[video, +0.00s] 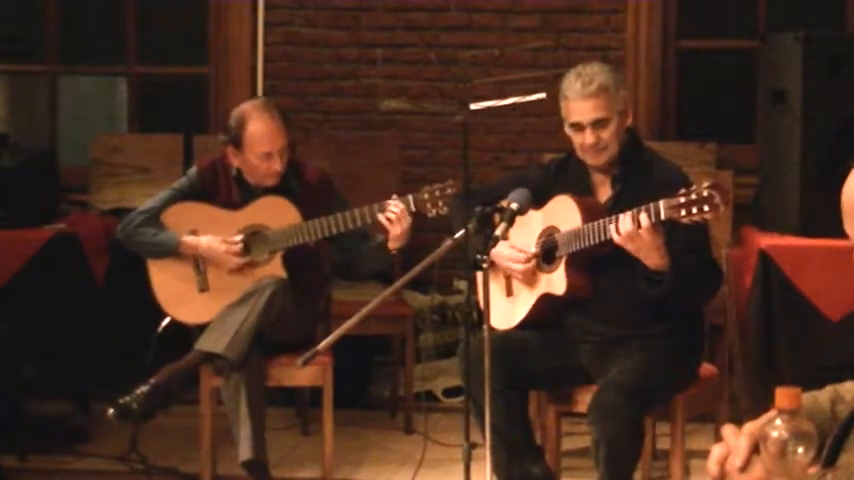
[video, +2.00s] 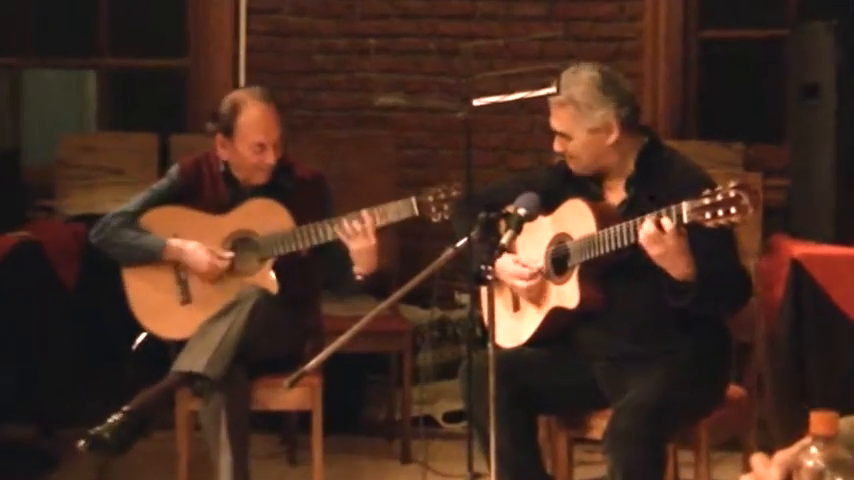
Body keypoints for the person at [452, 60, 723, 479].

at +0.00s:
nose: (590, 139)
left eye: (601, 125)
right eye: (577, 128)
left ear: (626, 116)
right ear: (564, 126)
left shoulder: (667, 184)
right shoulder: (557, 177)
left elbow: (703, 284)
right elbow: (469, 203)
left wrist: (661, 265)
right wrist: (489, 248)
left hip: (653, 343)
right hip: (574, 336)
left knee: (612, 406)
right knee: (485, 353)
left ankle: (614, 474)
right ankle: (523, 471)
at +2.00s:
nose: (557, 147)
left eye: (566, 136)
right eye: (556, 135)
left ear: (609, 131)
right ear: (606, 133)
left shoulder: (684, 186)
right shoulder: (565, 177)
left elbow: (732, 294)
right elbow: (469, 210)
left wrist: (687, 274)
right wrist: (493, 261)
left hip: (675, 357)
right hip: (589, 351)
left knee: (630, 430)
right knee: (488, 373)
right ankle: (525, 473)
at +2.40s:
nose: (609, 152)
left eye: (620, 134)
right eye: (595, 139)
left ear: (654, 115)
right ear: (583, 133)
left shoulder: (708, 186)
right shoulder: (577, 181)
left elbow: (751, 312)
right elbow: (474, 211)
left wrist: (700, 284)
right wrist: (497, 271)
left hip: (692, 375)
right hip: (597, 367)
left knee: (651, 445)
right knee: (494, 390)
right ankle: (522, 474)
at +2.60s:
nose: (627, 149)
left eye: (639, 129)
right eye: (610, 135)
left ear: (671, 114)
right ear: (595, 127)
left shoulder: (722, 187)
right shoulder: (586, 179)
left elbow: (764, 321)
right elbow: (477, 207)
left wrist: (711, 295)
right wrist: (499, 270)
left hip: (708, 380)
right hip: (609, 372)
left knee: (661, 454)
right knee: (501, 399)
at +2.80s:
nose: (635, 148)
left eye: (648, 129)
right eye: (618, 134)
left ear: (679, 116)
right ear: (600, 125)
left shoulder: (729, 191)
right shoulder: (589, 179)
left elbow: (769, 327)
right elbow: (476, 208)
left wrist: (718, 300)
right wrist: (501, 274)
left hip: (710, 387)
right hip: (609, 379)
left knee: (667, 459)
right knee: (498, 402)